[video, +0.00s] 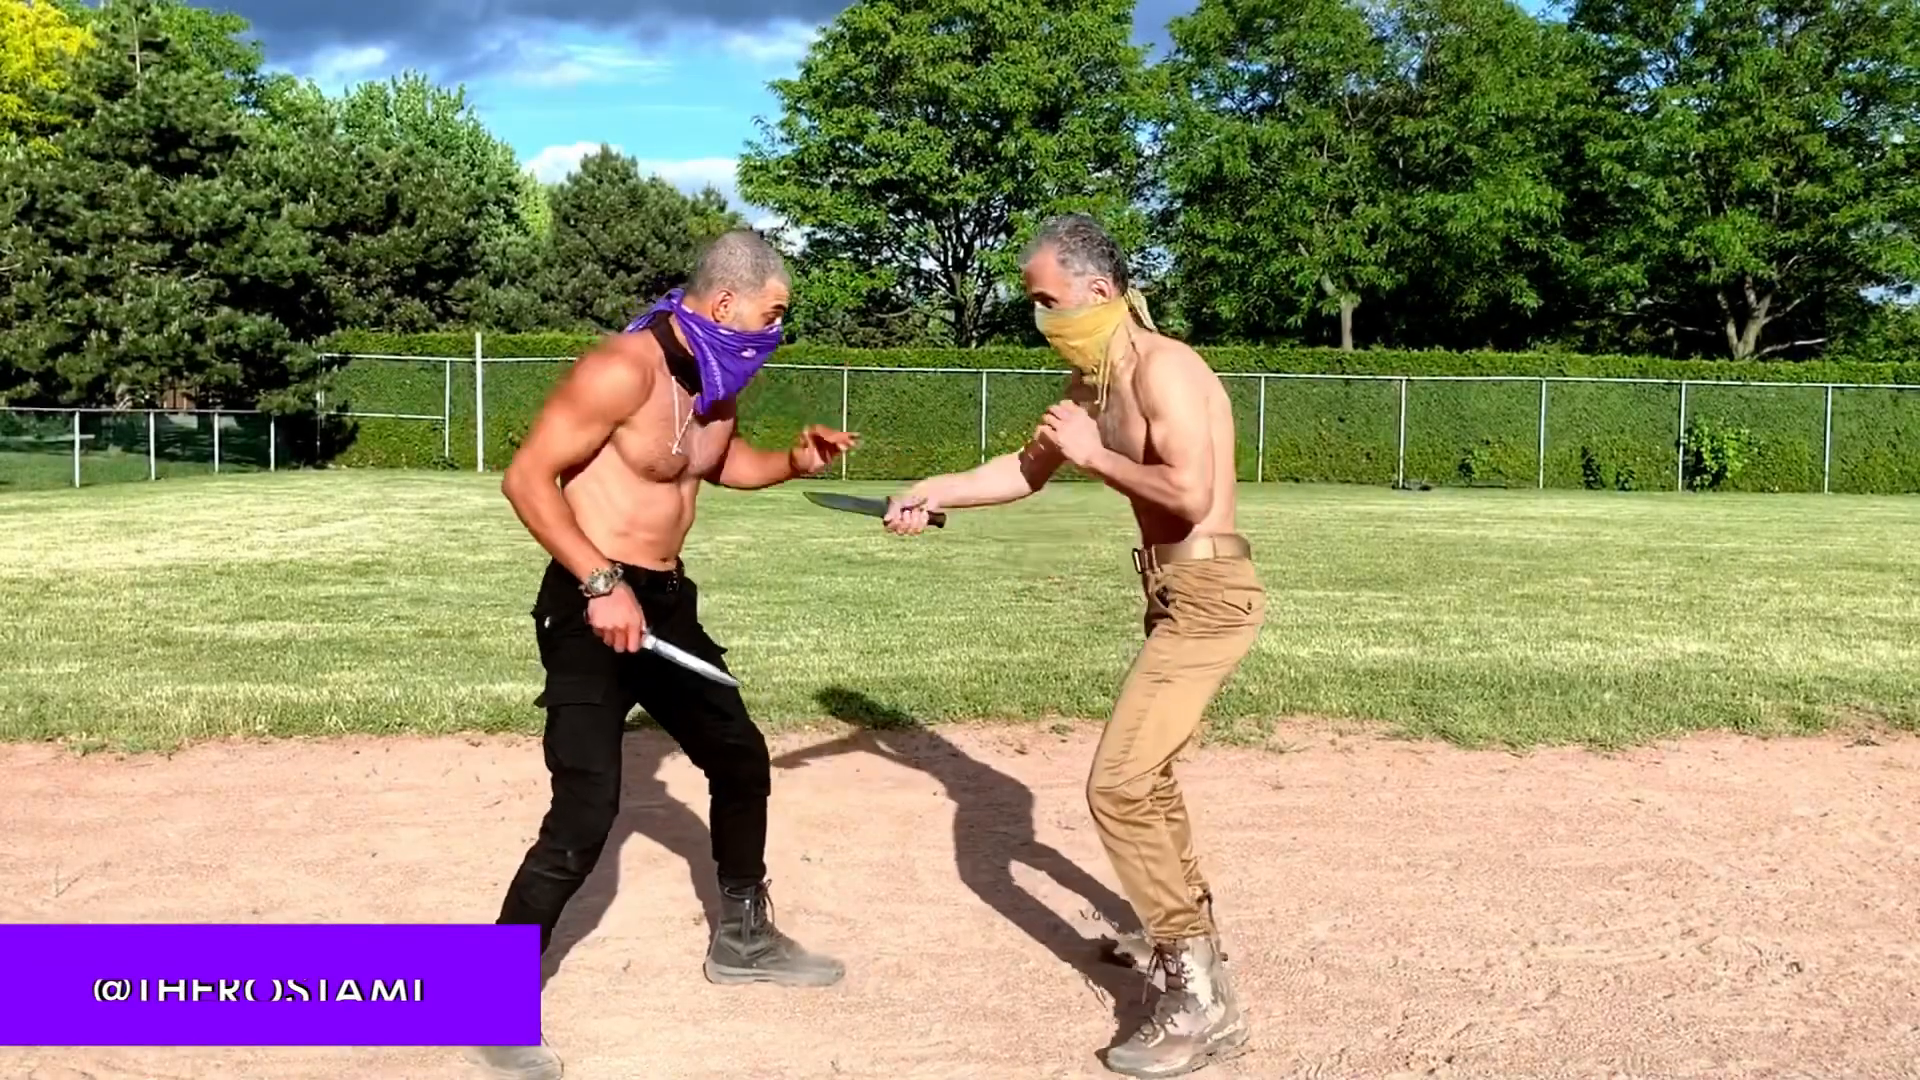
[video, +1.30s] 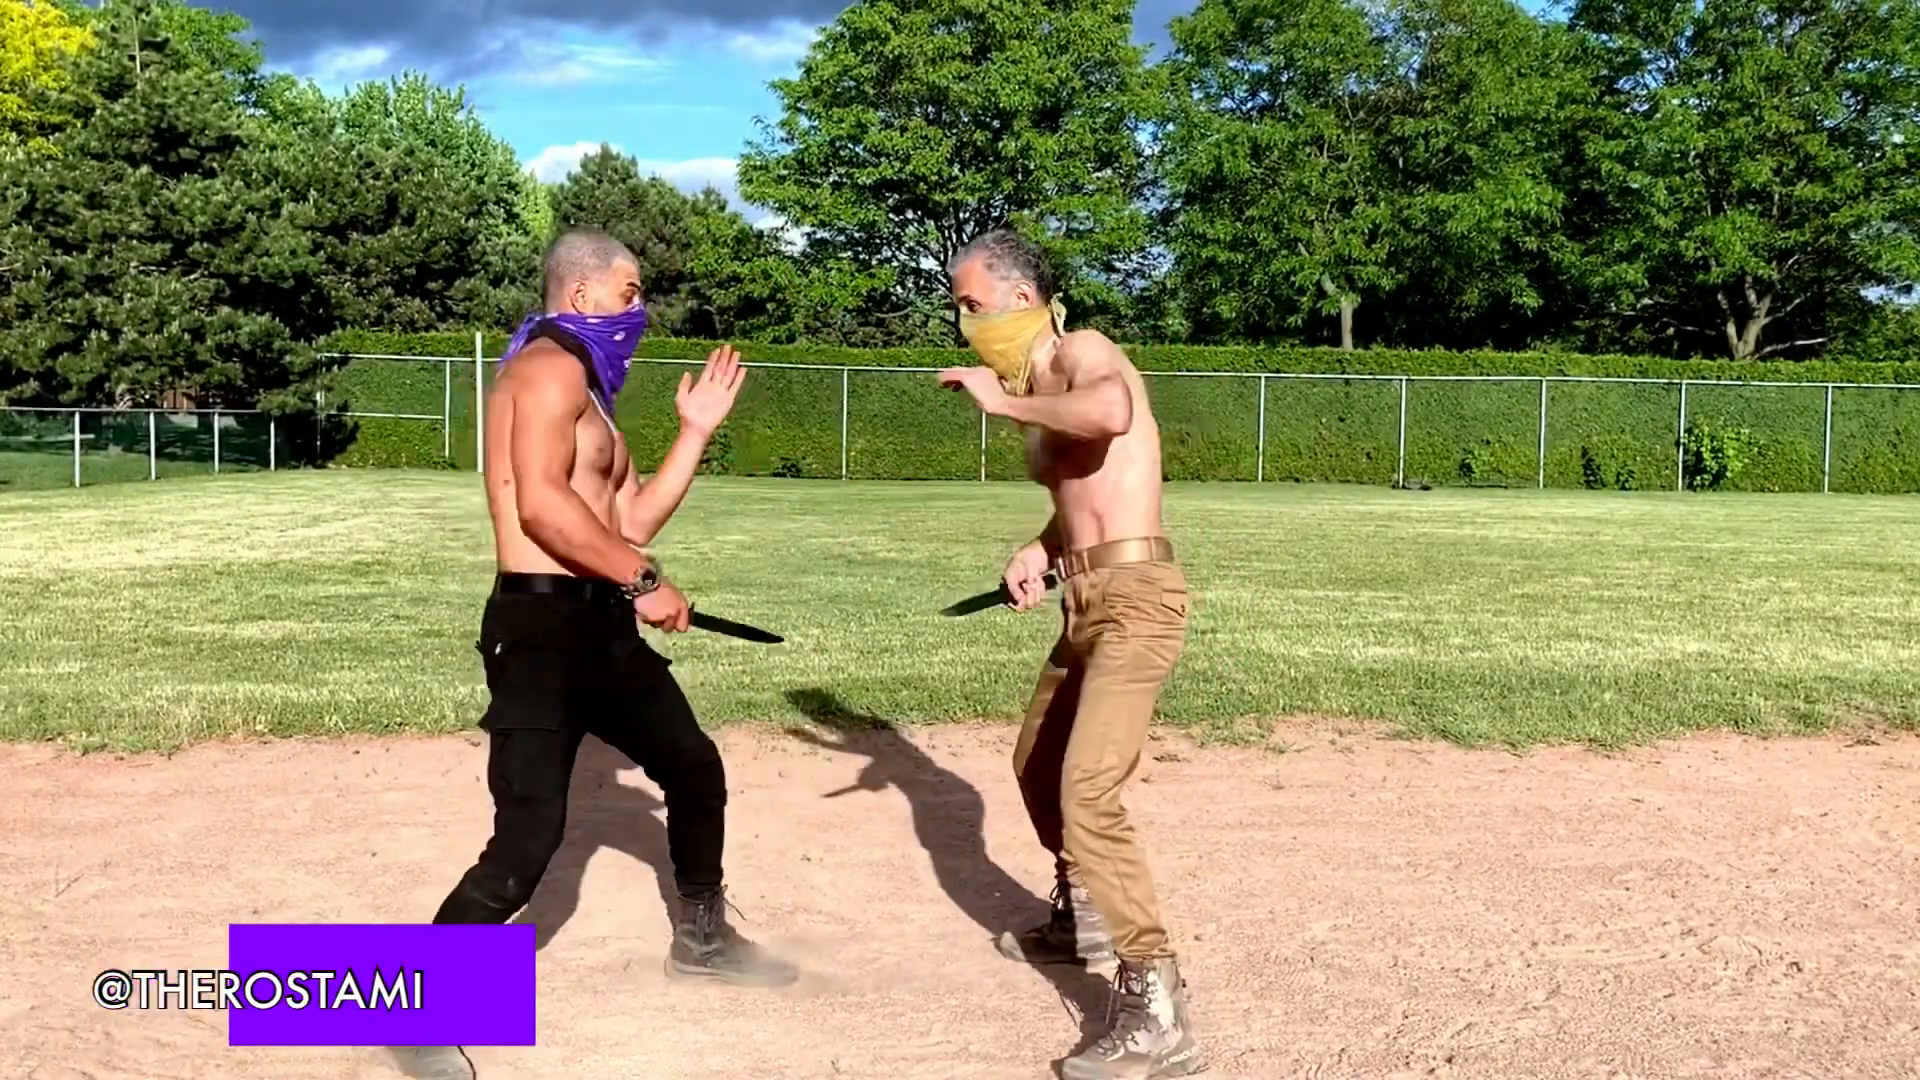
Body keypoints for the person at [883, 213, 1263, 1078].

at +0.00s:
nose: (1041, 317)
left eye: (1049, 299)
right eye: (1035, 302)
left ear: (1101, 288)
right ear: (1078, 296)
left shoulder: (1168, 371)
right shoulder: (1097, 384)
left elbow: (1191, 495)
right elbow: (1023, 472)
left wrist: (1094, 456)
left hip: (1207, 595)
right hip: (1172, 592)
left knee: (1120, 786)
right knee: (1146, 772)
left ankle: (1200, 991)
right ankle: (1181, 923)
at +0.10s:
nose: (1036, 315)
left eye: (1042, 296)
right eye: (1030, 299)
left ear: (1094, 287)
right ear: (1078, 290)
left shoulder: (1155, 366)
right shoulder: (1106, 381)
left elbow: (1161, 480)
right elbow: (1082, 491)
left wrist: (1075, 438)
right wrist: (1003, 502)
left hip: (1202, 599)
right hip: (1168, 598)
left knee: (1132, 787)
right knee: (1128, 773)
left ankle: (1211, 993)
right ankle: (1180, 926)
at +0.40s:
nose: (1035, 314)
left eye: (1041, 294)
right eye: (1029, 296)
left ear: (1091, 288)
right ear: (1095, 288)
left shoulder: (1133, 374)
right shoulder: (1132, 362)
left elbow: (1126, 512)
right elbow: (1094, 453)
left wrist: (1033, 527)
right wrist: (999, 462)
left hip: (1183, 607)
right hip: (1162, 600)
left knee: (1099, 796)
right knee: (1142, 769)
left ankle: (1155, 1012)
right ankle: (1190, 928)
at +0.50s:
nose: (1029, 314)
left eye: (1037, 297)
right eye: (1027, 298)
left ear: (1092, 296)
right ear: (1081, 297)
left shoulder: (1166, 387)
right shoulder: (1076, 369)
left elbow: (1189, 531)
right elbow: (974, 376)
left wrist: (1092, 492)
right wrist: (870, 397)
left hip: (1192, 613)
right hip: (1143, 609)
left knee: (1123, 786)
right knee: (1102, 763)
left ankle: (1163, 1013)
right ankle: (1180, 915)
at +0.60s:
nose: (1024, 329)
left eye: (1034, 314)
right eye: (1024, 314)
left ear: (1087, 314)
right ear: (1074, 316)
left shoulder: (1161, 397)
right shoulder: (1071, 373)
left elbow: (1155, 541)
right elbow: (1016, 381)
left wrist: (1059, 476)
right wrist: (950, 419)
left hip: (1181, 616)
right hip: (1116, 610)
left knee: (1127, 781)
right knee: (1073, 762)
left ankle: (1165, 1007)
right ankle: (1127, 896)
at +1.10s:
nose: (976, 304)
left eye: (984, 286)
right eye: (971, 290)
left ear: (1036, 278)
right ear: (1008, 286)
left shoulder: (1121, 353)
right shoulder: (1009, 390)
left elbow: (1217, 446)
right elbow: (1001, 508)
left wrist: (1098, 466)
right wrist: (955, 484)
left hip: (1142, 592)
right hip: (1067, 599)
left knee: (1102, 784)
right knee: (1035, 778)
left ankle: (1158, 1004)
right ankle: (1082, 912)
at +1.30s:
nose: (964, 320)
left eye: (971, 304)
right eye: (959, 307)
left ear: (1018, 295)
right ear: (1007, 299)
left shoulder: (1080, 348)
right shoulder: (1039, 385)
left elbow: (1112, 412)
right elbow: (1083, 507)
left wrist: (1009, 404)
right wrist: (1040, 550)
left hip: (1137, 597)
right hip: (1087, 604)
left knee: (1087, 791)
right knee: (1038, 770)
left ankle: (1157, 1012)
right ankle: (1084, 918)